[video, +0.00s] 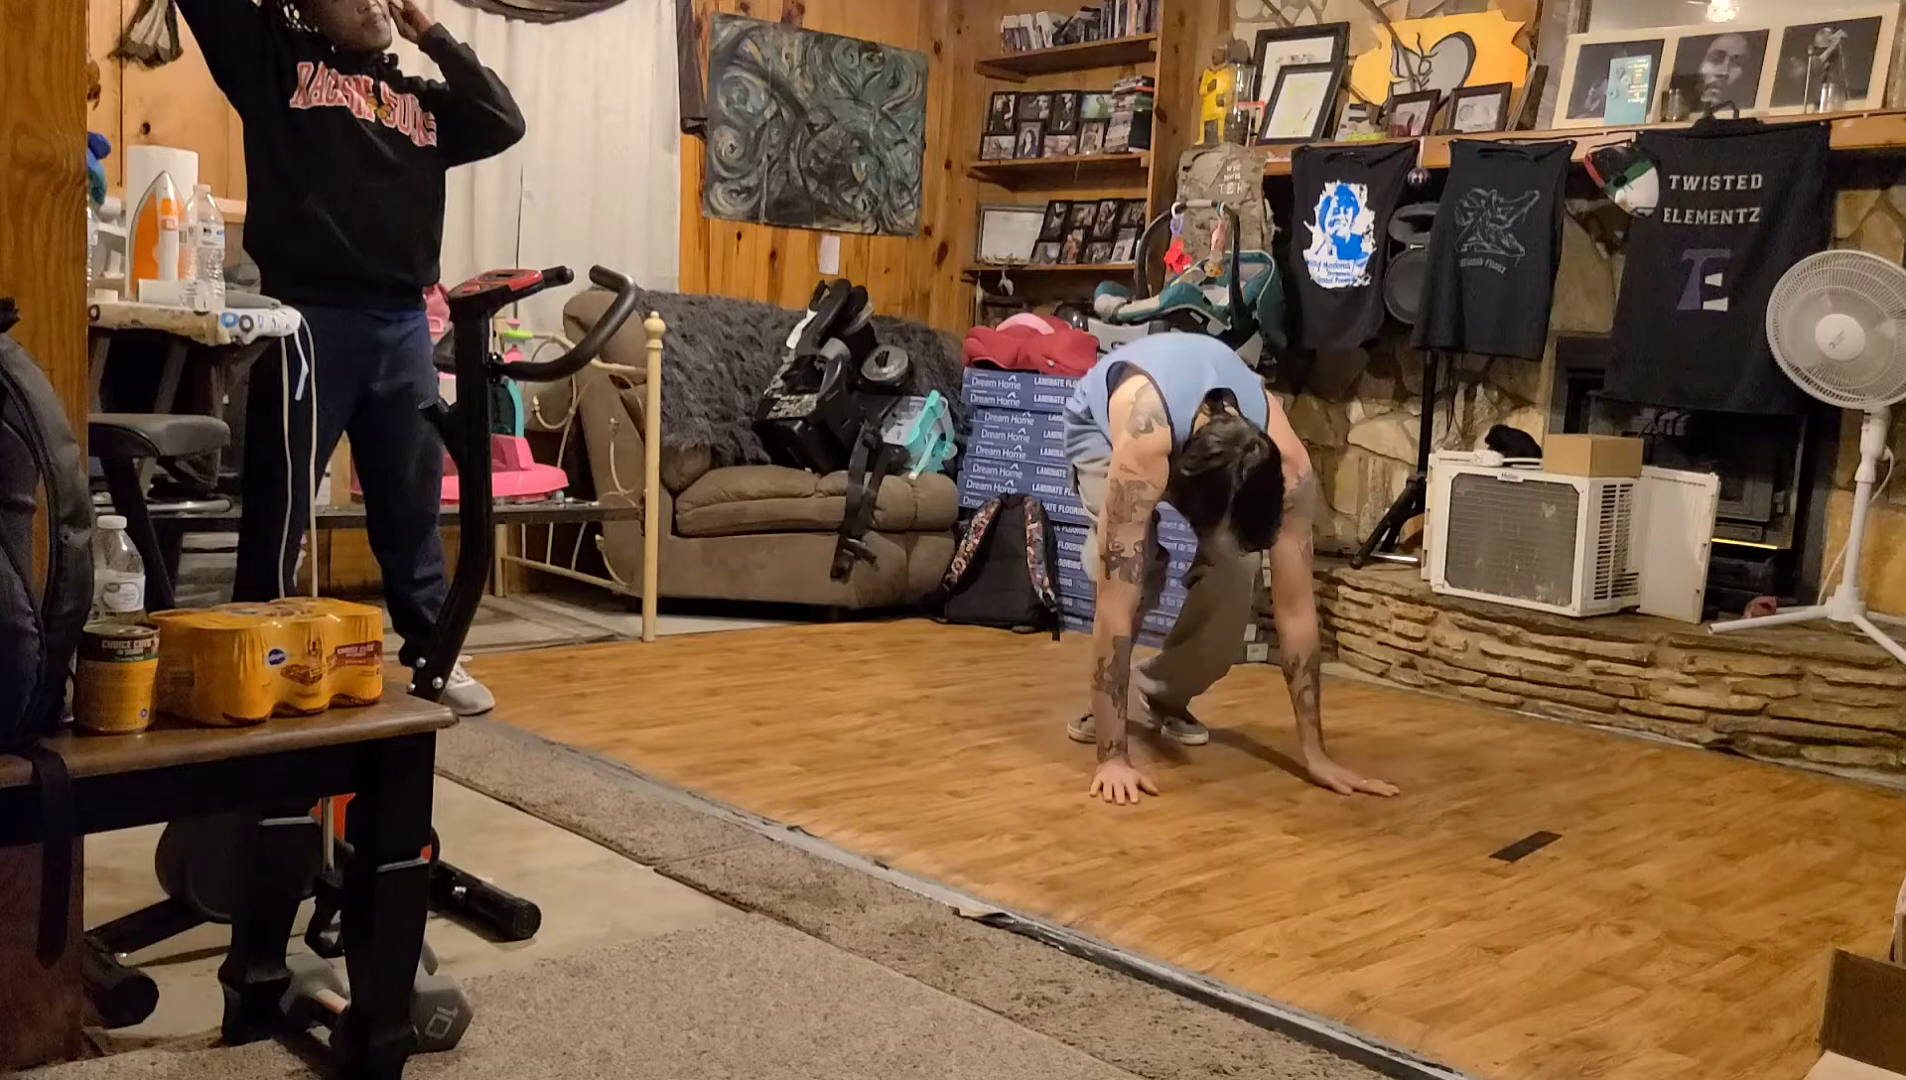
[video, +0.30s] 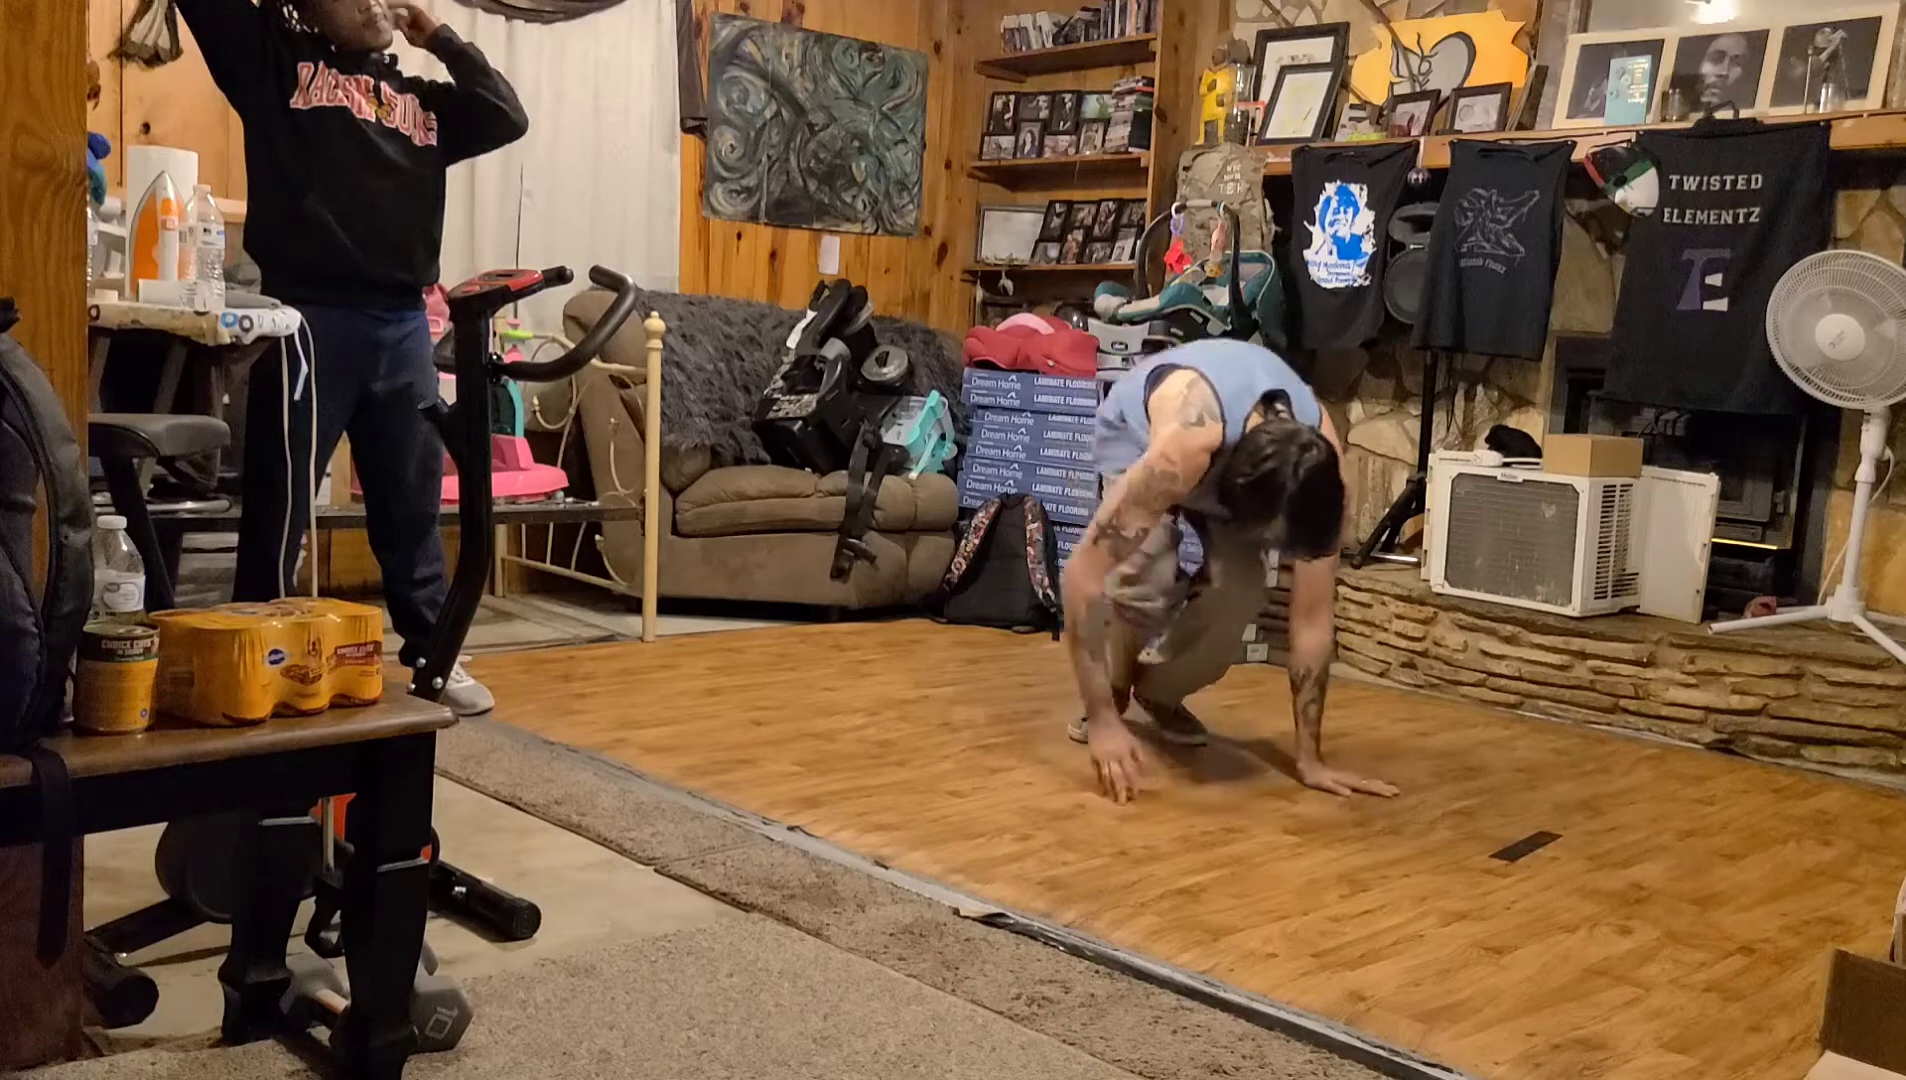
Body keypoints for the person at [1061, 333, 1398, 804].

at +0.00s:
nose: (1224, 538)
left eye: (1239, 533)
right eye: (1215, 526)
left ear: (1270, 481)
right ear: (1189, 480)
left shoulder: (1292, 467)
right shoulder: (1146, 441)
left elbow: (1296, 612)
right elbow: (1117, 603)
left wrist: (1314, 751)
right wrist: (1113, 751)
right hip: (1101, 418)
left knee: (1233, 565)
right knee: (1136, 570)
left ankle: (1164, 695)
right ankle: (1106, 716)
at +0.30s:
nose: (1272, 545)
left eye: (1286, 542)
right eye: (1268, 538)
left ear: (1324, 494)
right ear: (1241, 493)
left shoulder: (1323, 460)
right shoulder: (1180, 450)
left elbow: (1312, 619)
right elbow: (1081, 573)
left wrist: (1311, 758)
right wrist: (1101, 714)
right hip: (1131, 429)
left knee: (1239, 589)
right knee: (1148, 576)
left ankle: (1160, 692)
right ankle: (1106, 701)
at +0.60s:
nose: (1308, 550)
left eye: (1320, 544)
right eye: (1309, 541)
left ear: (1347, 485)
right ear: (1278, 492)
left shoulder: (1328, 473)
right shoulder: (1206, 425)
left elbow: (1308, 621)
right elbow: (1071, 422)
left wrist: (1311, 761)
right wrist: (1004, 525)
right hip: (1140, 352)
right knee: (1058, 539)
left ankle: (1276, 658)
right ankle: (907, 639)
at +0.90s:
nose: (1289, 532)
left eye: (1299, 524)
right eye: (1285, 519)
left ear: (1327, 481)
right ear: (1268, 483)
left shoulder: (1324, 473)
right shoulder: (1201, 405)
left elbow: (1310, 622)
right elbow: (1062, 424)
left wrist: (1311, 759)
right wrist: (1010, 547)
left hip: (1228, 439)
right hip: (1138, 377)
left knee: (1229, 609)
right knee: (1059, 520)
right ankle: (945, 642)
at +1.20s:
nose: (1234, 499)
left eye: (1254, 493)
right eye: (1226, 481)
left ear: (1284, 480)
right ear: (1217, 447)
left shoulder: (1306, 494)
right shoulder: (1173, 429)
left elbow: (1301, 628)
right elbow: (1064, 522)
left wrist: (1307, 760)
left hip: (1226, 569)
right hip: (1142, 538)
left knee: (1161, 627)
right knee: (1049, 570)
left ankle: (1129, 710)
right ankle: (1095, 693)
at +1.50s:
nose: (1277, 417)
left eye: (1298, 420)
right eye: (1280, 397)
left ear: (1329, 430)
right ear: (1282, 361)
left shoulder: (1323, 486)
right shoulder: (1248, 350)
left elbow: (1309, 624)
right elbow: (1141, 347)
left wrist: (1309, 760)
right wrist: (1170, 392)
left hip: (1196, 555)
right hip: (1138, 488)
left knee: (1085, 553)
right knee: (966, 522)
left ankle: (940, 737)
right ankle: (866, 690)